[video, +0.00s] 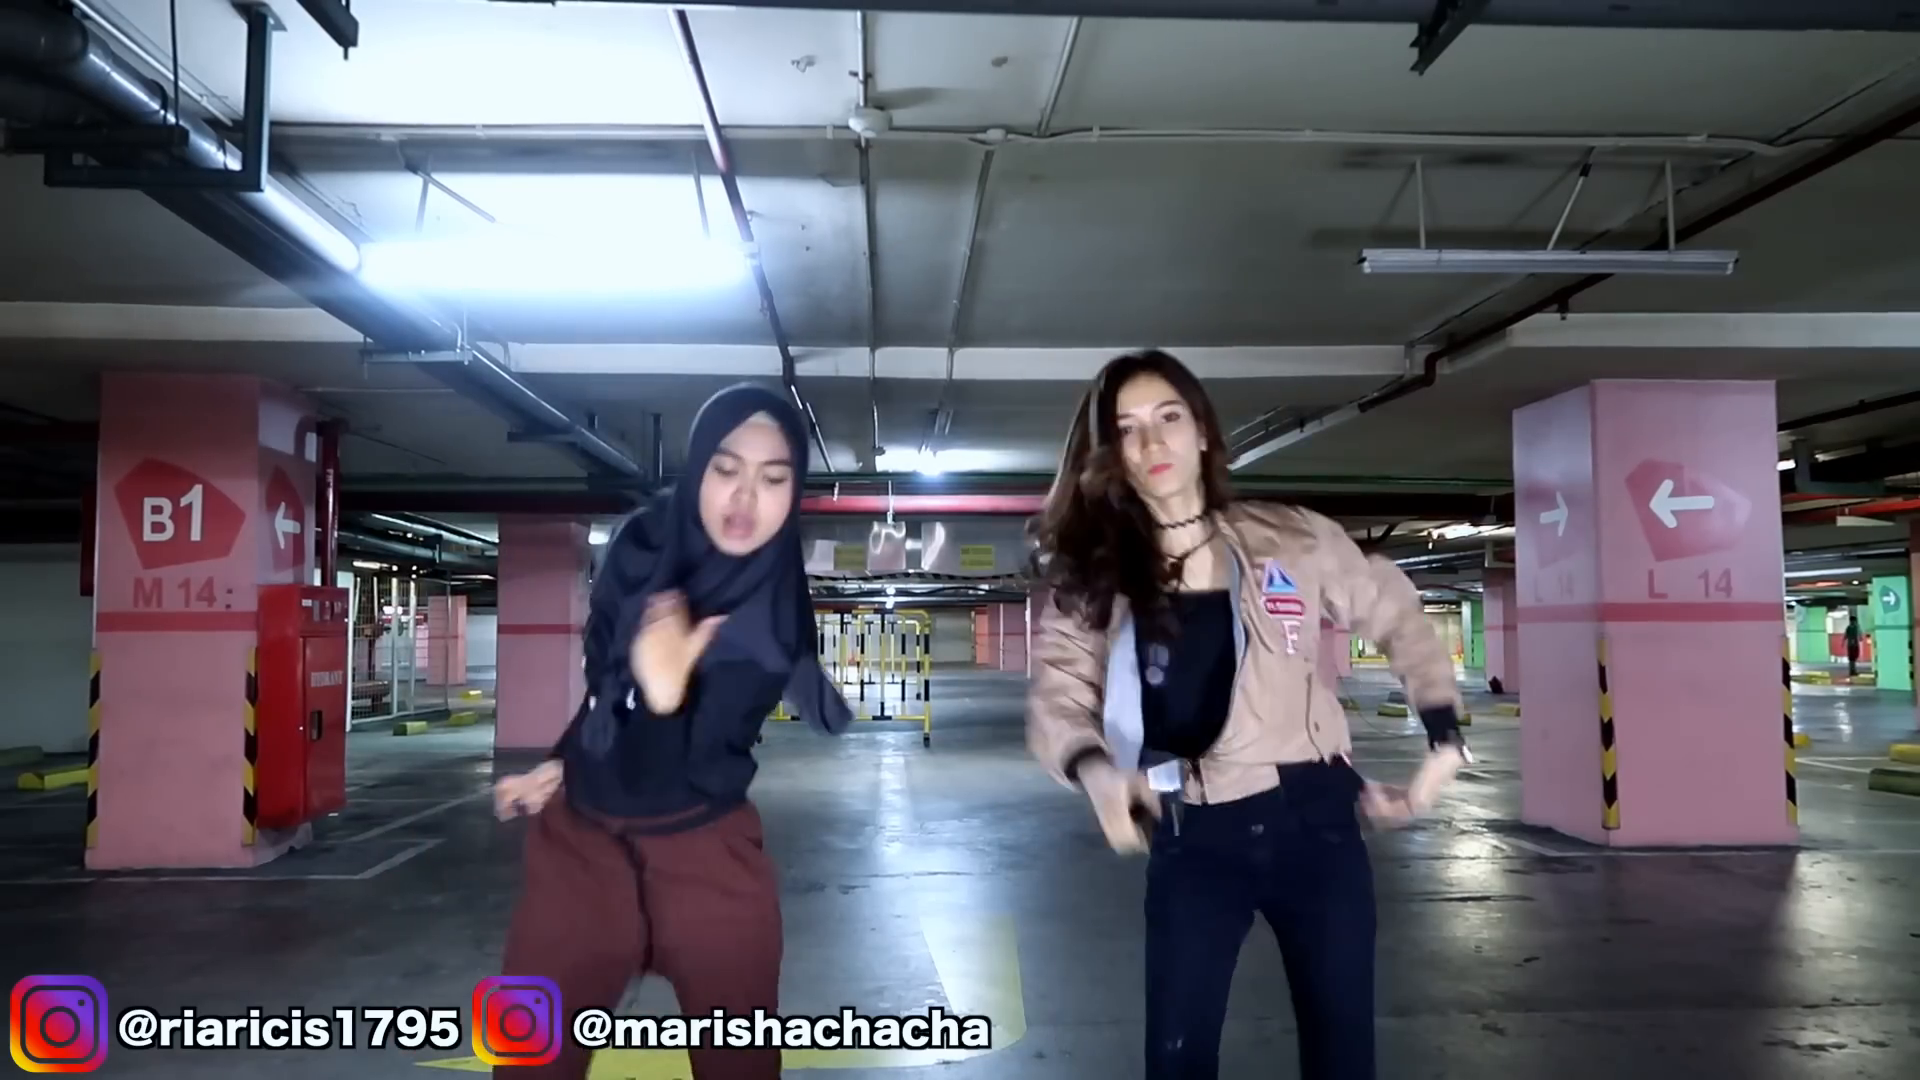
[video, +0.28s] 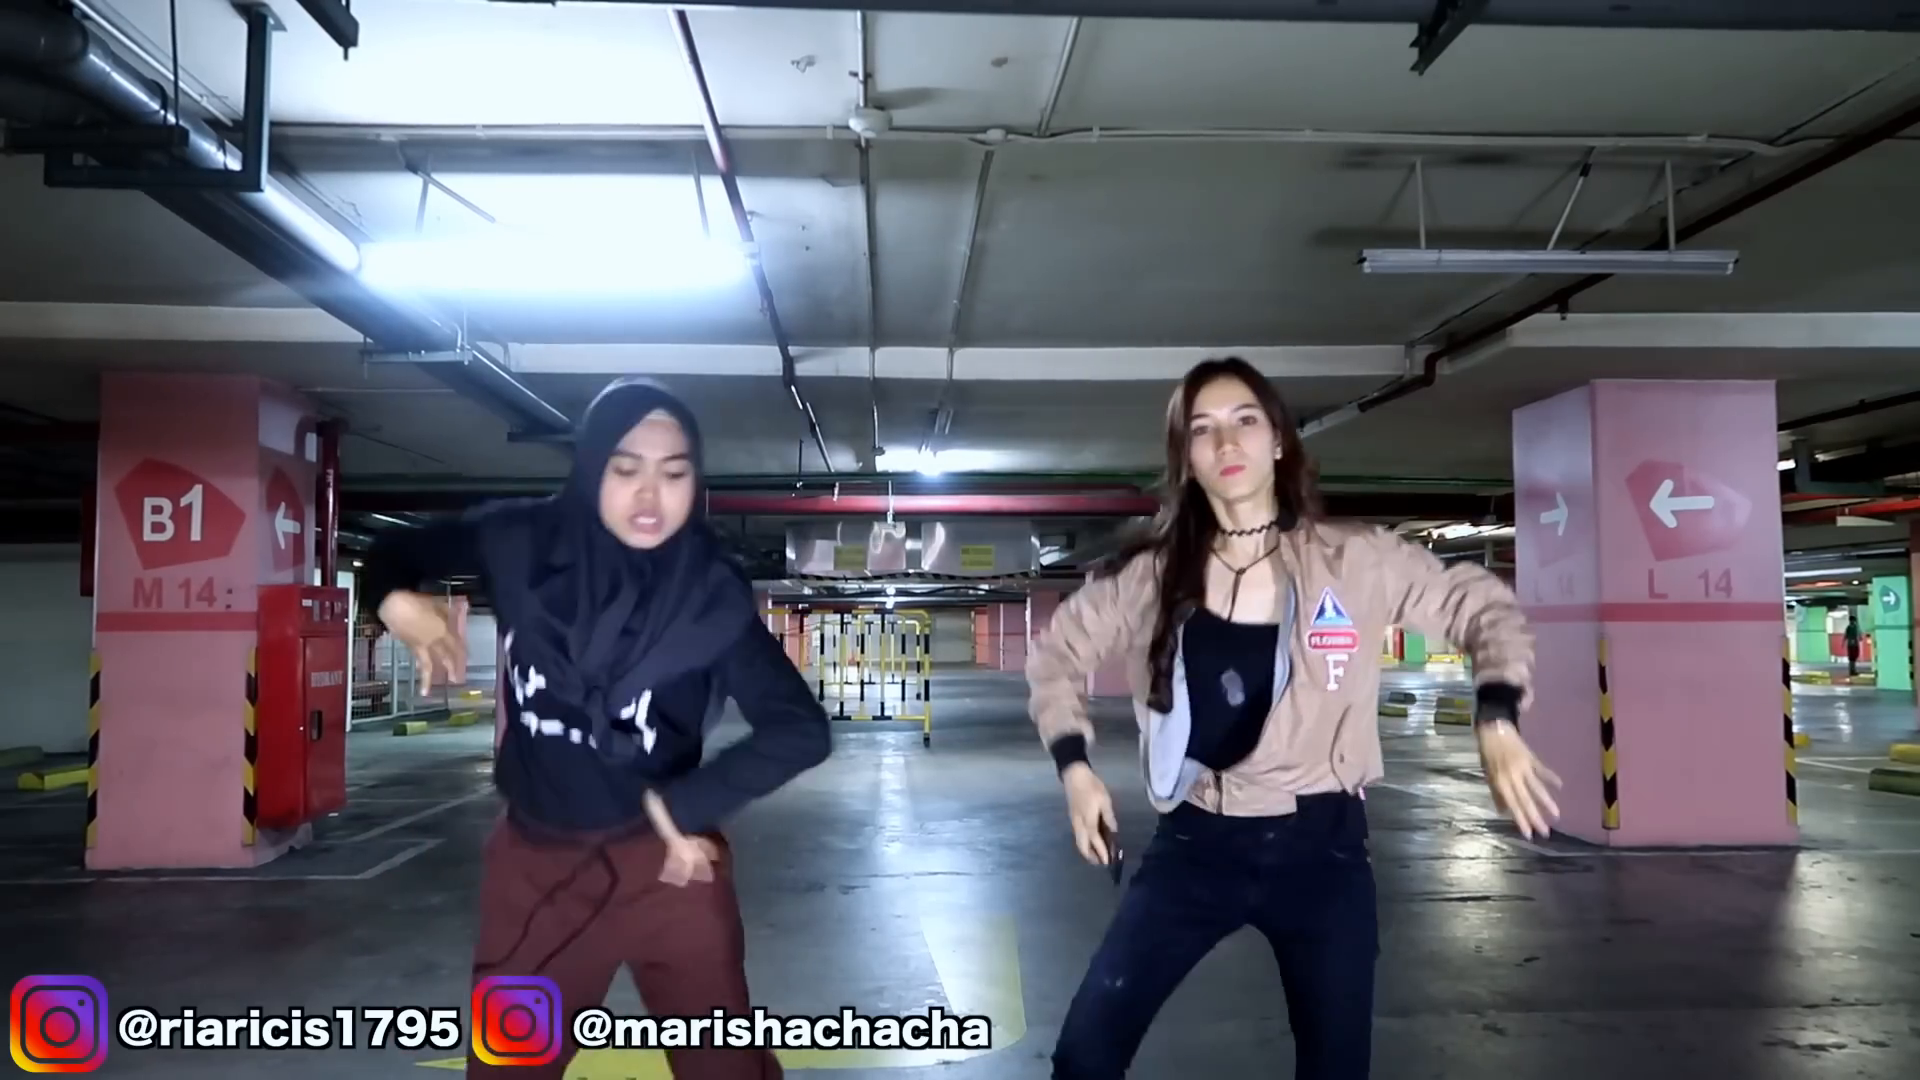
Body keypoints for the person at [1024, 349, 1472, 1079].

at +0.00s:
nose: (1152, 442)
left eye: (1169, 417)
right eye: (1129, 428)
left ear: (1203, 431)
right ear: (1109, 455)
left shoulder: (1296, 537)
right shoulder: (1095, 577)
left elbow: (1397, 613)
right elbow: (1056, 702)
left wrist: (1444, 735)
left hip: (1314, 820)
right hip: (1191, 838)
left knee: (1341, 1060)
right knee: (1176, 1060)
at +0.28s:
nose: (1226, 440)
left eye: (1245, 421)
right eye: (1204, 430)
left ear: (1277, 439)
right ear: (1184, 456)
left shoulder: (1357, 559)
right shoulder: (1154, 574)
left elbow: (1483, 604)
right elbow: (1057, 652)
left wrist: (1496, 716)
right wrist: (1073, 764)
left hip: (1321, 850)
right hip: (1193, 848)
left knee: (1336, 1068)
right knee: (1084, 1052)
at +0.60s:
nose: (1238, 482)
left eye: (1260, 462)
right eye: (1219, 465)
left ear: (1294, 483)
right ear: (1197, 487)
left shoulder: (1325, 618)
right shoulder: (1138, 600)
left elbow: (1381, 752)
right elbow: (1088, 678)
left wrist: (1452, 693)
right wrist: (1062, 704)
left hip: (1317, 884)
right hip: (1190, 887)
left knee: (1367, 1066)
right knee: (1067, 1064)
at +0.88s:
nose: (1182, 496)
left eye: (1203, 475)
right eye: (1162, 479)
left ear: (1234, 491)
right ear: (1141, 500)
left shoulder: (1293, 619)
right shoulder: (1100, 618)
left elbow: (1352, 722)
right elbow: (1032, 752)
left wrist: (1400, 657)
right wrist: (1019, 678)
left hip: (1232, 904)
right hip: (1106, 900)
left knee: (1333, 1068)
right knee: (1023, 1067)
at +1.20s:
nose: (1144, 531)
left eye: (1166, 513)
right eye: (1126, 513)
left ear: (1195, 536)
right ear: (1104, 537)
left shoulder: (1257, 658)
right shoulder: (1065, 657)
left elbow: (1318, 779)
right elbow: (1029, 802)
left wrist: (1352, 704)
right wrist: (1010, 728)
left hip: (1210, 936)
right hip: (1083, 934)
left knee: (1323, 1074)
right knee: (1014, 1072)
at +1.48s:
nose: (1202, 482)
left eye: (1221, 462)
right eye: (1184, 468)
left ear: (1256, 480)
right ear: (1166, 490)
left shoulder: (1317, 595)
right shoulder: (1117, 590)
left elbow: (1439, 657)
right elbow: (1035, 649)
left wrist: (1440, 599)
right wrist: (1029, 728)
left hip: (1274, 878)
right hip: (1150, 879)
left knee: (1360, 1065)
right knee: (1067, 1062)